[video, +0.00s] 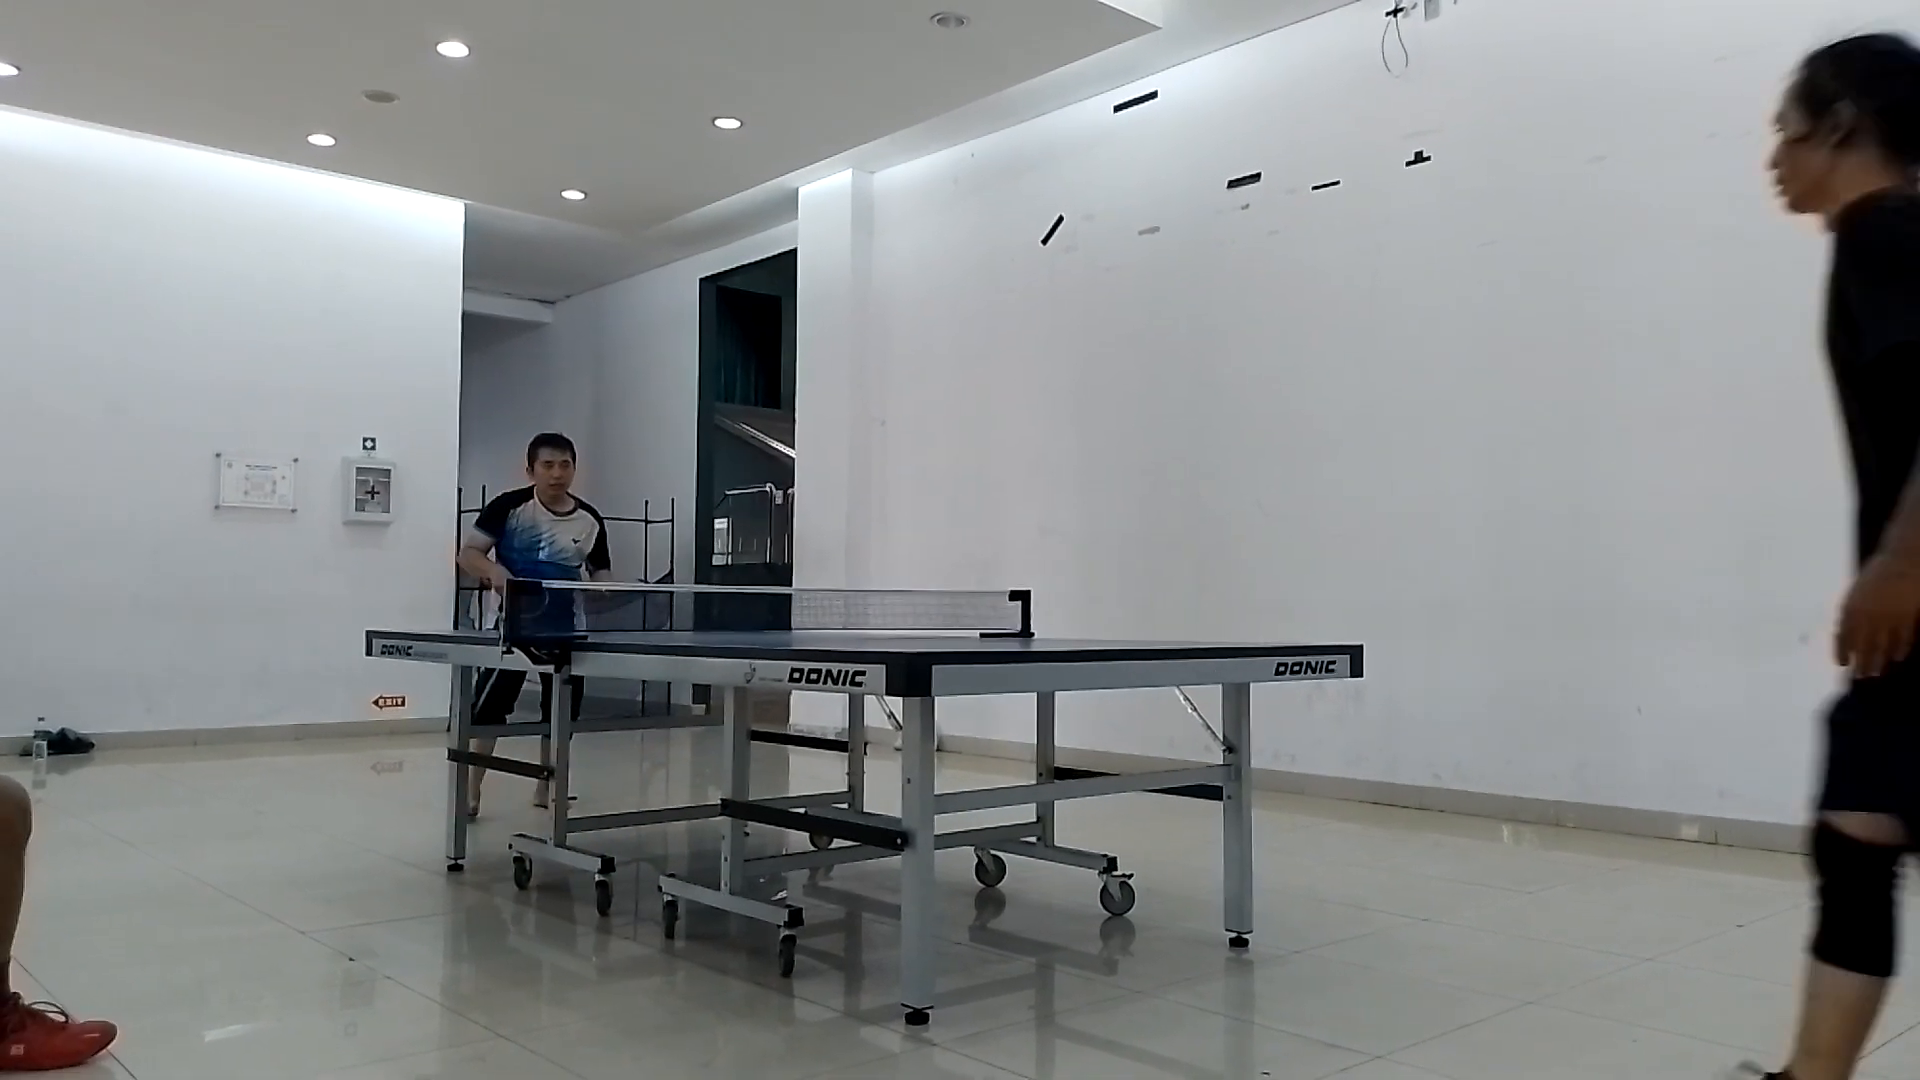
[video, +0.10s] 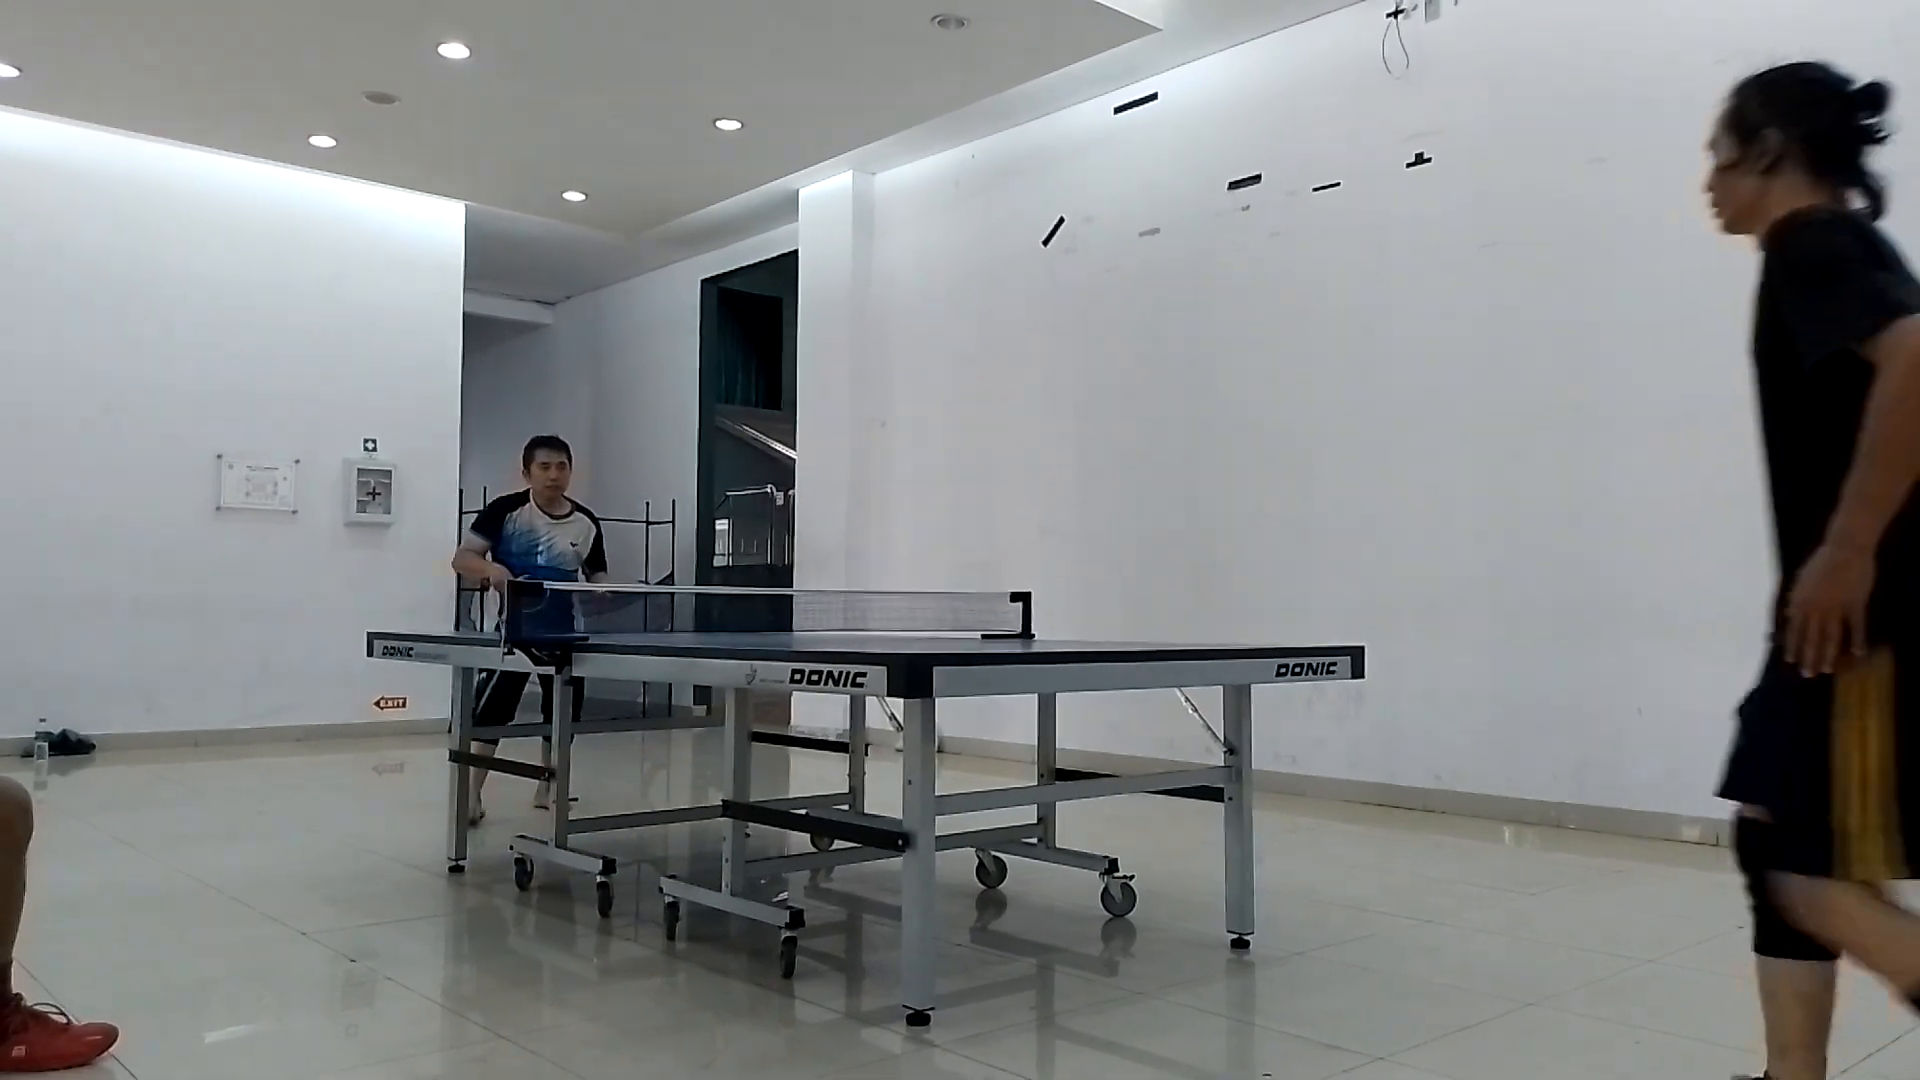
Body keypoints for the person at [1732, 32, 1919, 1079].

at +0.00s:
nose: (1772, 161)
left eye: (1787, 134)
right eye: (1776, 135)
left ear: (1846, 127)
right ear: (1858, 131)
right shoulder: (1892, 239)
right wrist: (1890, 576)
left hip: (1913, 611)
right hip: (1915, 608)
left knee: (1855, 841)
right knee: (1863, 841)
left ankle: (1814, 1070)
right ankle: (1814, 1066)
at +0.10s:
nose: (1708, 178)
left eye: (1721, 156)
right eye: (1711, 156)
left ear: (1777, 155)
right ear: (1790, 157)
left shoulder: (1823, 248)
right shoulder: (1821, 253)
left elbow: (1905, 360)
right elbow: (1882, 399)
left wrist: (1847, 548)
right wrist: (1828, 565)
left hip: (1855, 609)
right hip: (1833, 606)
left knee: (1783, 854)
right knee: (1787, 858)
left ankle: (1916, 975)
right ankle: (1794, 1070)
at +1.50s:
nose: (1258, 274)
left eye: (1256, 256)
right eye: (1254, 259)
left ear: (1279, 242)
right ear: (1348, 243)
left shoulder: (1305, 308)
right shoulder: (1414, 322)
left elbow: (1374, 383)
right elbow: (1456, 474)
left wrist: (1342, 547)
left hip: (1383, 605)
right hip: (1468, 607)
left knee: (1325, 822)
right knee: (1450, 821)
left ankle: (1345, 1066)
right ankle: (1478, 1035)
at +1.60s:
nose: (1261, 278)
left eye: (1259, 261)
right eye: (1258, 262)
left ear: (1281, 246)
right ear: (1349, 247)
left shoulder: (1306, 311)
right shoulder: (1413, 325)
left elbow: (1377, 385)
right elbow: (1452, 478)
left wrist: (1347, 550)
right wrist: (1351, 582)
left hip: (1387, 603)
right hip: (1473, 603)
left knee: (1325, 819)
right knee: (1451, 823)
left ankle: (1346, 1065)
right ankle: (1478, 1037)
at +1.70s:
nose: (1256, 285)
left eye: (1255, 267)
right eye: (1253, 269)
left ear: (1277, 254)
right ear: (1343, 253)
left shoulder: (1308, 316)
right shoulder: (1406, 329)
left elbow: (1385, 383)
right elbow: (1445, 484)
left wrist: (1355, 554)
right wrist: (1345, 586)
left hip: (1397, 602)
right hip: (1478, 602)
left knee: (1305, 807)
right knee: (1449, 821)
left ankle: (1335, 1060)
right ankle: (1476, 1037)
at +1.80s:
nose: (1254, 288)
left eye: (1253, 270)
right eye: (1252, 272)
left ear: (1276, 258)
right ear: (1341, 257)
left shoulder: (1310, 319)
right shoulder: (1402, 331)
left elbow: (1393, 383)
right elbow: (1441, 489)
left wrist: (1367, 553)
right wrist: (1346, 577)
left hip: (1405, 606)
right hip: (1481, 606)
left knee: (1299, 803)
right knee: (1447, 820)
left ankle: (1339, 1057)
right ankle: (1479, 1035)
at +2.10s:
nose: (1221, 304)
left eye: (1220, 287)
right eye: (1218, 291)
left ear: (1240, 269)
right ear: (1311, 263)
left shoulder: (1271, 316)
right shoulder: (1381, 329)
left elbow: (1340, 389)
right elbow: (1403, 482)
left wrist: (1322, 558)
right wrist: (1295, 551)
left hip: (1374, 606)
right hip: (1461, 603)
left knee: (1285, 820)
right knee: (1434, 815)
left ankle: (1341, 1066)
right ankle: (1472, 1031)